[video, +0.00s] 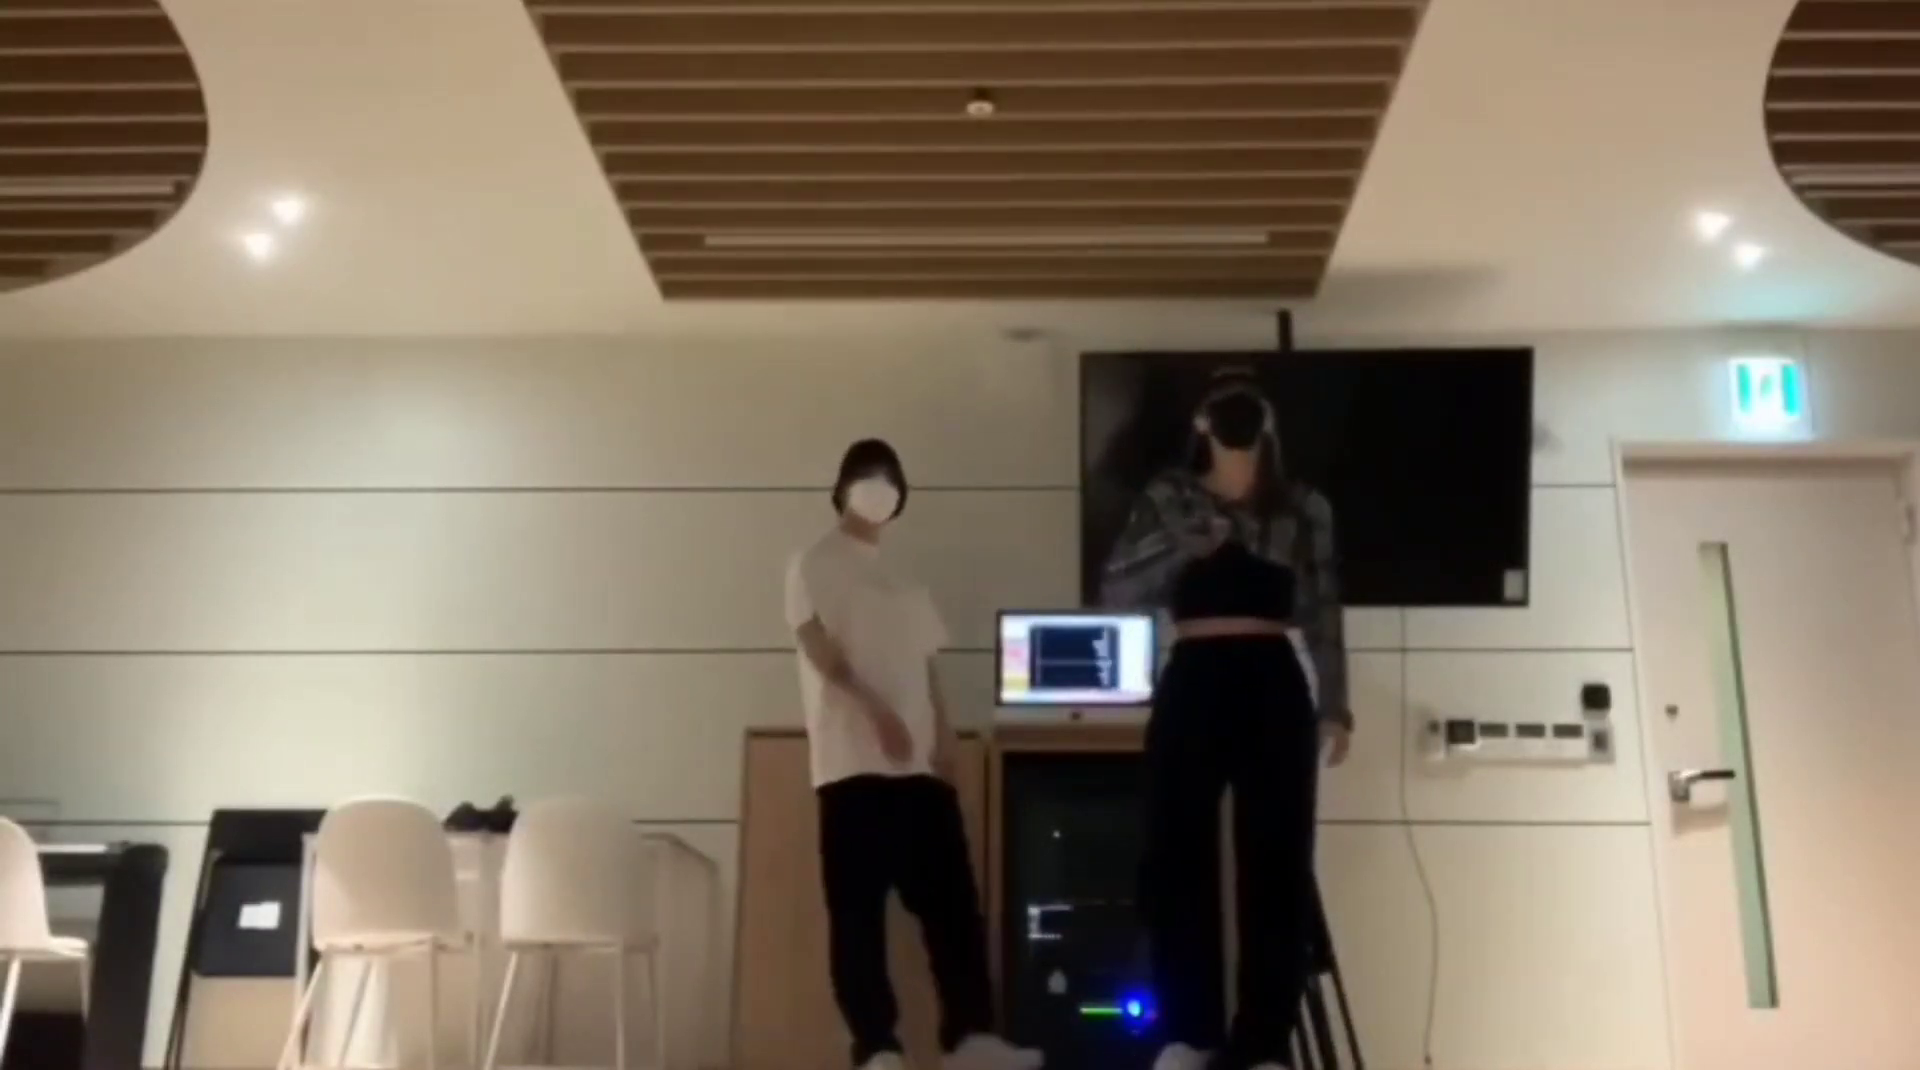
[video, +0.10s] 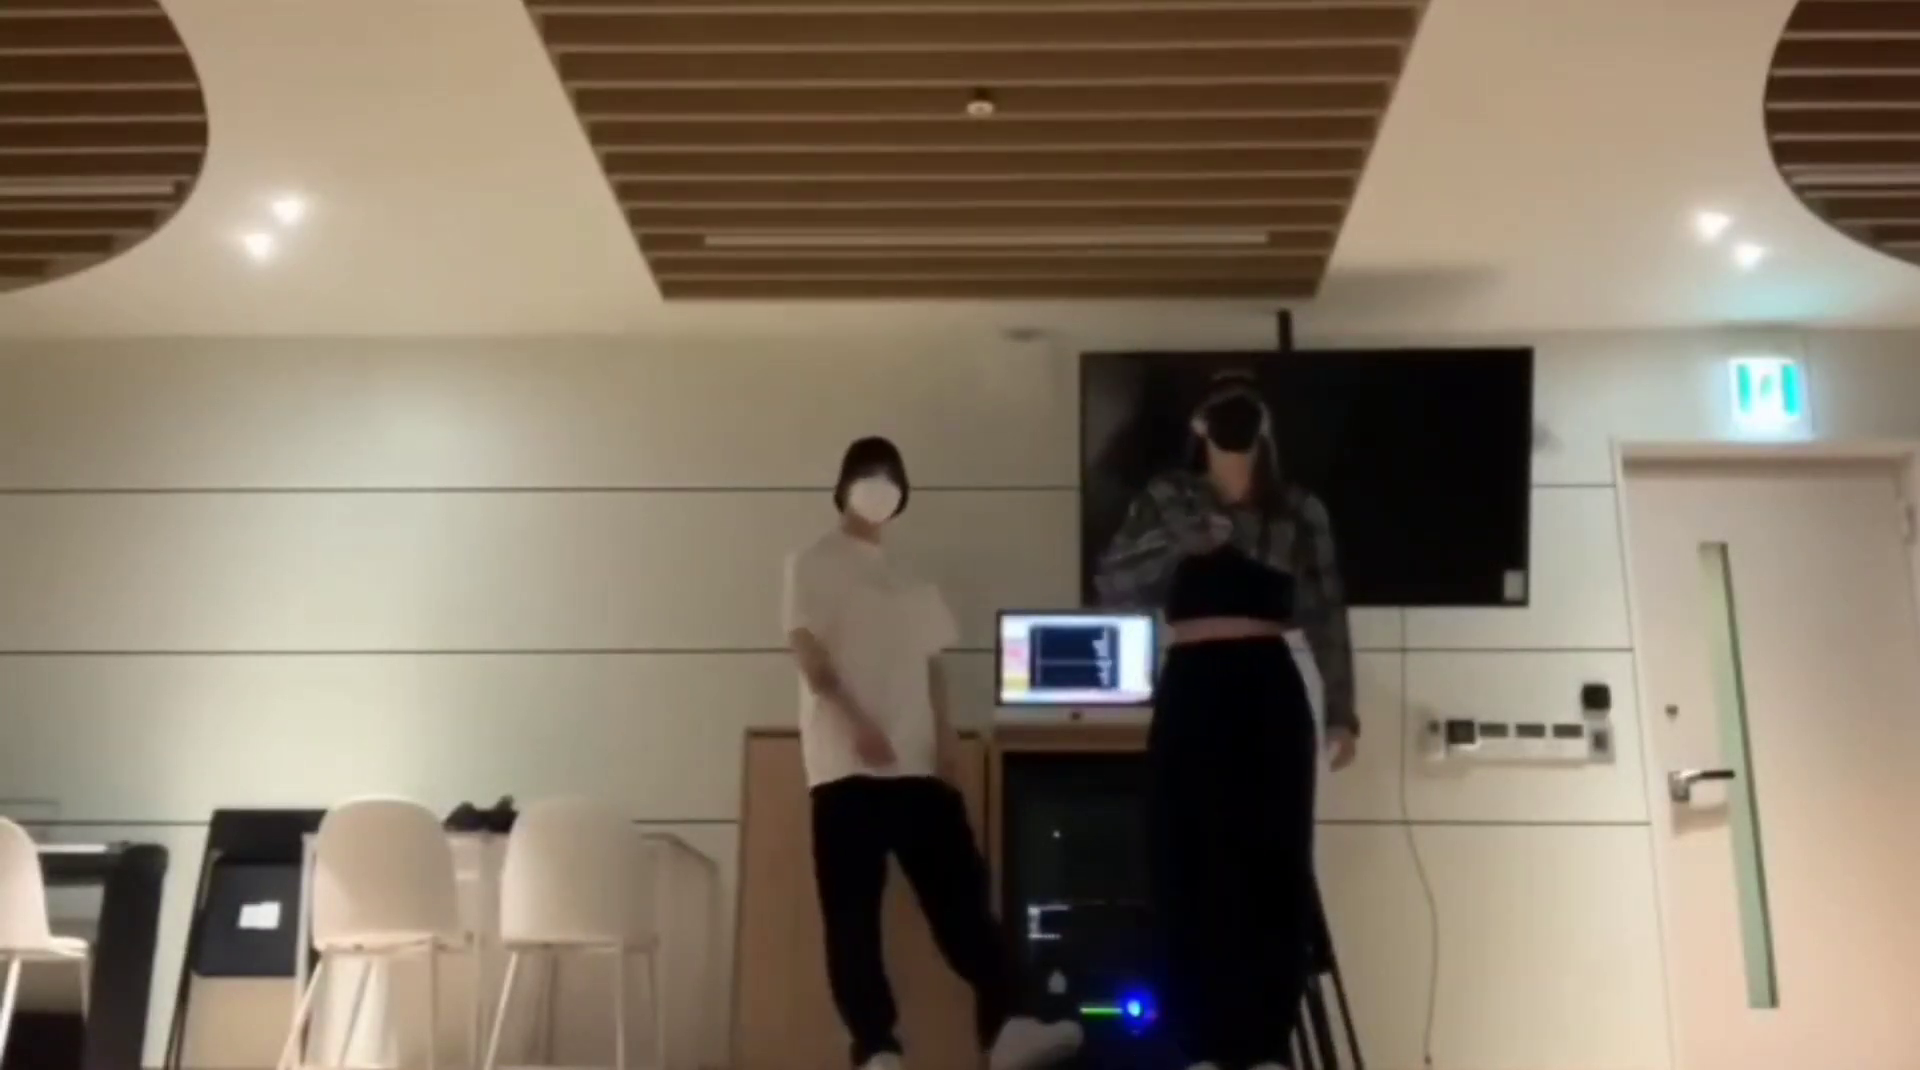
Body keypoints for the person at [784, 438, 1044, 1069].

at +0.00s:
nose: (876, 493)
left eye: (888, 483)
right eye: (865, 480)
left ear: (901, 496)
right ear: (842, 489)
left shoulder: (906, 581)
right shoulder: (813, 564)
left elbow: (930, 674)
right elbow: (818, 648)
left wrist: (942, 744)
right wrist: (878, 712)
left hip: (918, 774)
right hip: (850, 773)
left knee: (953, 910)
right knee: (857, 919)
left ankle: (969, 1036)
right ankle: (876, 1045)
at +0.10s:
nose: (878, 492)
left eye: (890, 482)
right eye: (866, 479)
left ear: (903, 495)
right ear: (842, 487)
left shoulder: (911, 575)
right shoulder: (811, 565)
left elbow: (933, 670)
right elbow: (809, 657)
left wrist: (946, 748)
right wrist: (860, 722)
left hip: (917, 771)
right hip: (844, 773)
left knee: (963, 903)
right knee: (853, 918)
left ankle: (1009, 1021)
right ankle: (875, 1045)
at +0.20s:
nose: (879, 491)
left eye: (890, 481)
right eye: (866, 479)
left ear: (903, 494)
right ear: (842, 488)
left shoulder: (916, 577)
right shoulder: (812, 566)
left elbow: (935, 670)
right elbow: (804, 666)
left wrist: (946, 746)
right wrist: (840, 736)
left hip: (917, 769)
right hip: (844, 773)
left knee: (964, 897)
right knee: (851, 917)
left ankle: (1005, 1020)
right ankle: (875, 1045)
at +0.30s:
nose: (875, 493)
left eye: (887, 483)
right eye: (864, 480)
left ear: (903, 495)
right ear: (841, 490)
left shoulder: (920, 571)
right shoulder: (810, 568)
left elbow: (939, 665)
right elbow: (794, 675)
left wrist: (947, 734)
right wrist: (812, 754)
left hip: (916, 770)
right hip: (840, 775)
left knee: (945, 901)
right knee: (848, 922)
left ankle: (975, 1018)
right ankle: (876, 1045)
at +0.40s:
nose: (870, 493)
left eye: (882, 482)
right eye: (858, 480)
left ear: (898, 492)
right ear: (838, 490)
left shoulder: (922, 567)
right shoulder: (811, 567)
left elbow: (946, 660)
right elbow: (783, 662)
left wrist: (934, 730)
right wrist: (778, 750)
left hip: (903, 760)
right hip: (826, 763)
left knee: (904, 886)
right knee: (841, 903)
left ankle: (903, 1007)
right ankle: (862, 1037)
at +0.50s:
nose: (867, 491)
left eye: (879, 480)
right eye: (854, 478)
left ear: (896, 490)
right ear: (835, 487)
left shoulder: (922, 567)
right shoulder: (810, 566)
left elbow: (944, 657)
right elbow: (778, 658)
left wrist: (923, 727)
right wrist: (770, 740)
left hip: (897, 752)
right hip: (821, 752)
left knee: (886, 886)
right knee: (834, 886)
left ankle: (871, 1018)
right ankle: (867, 1027)